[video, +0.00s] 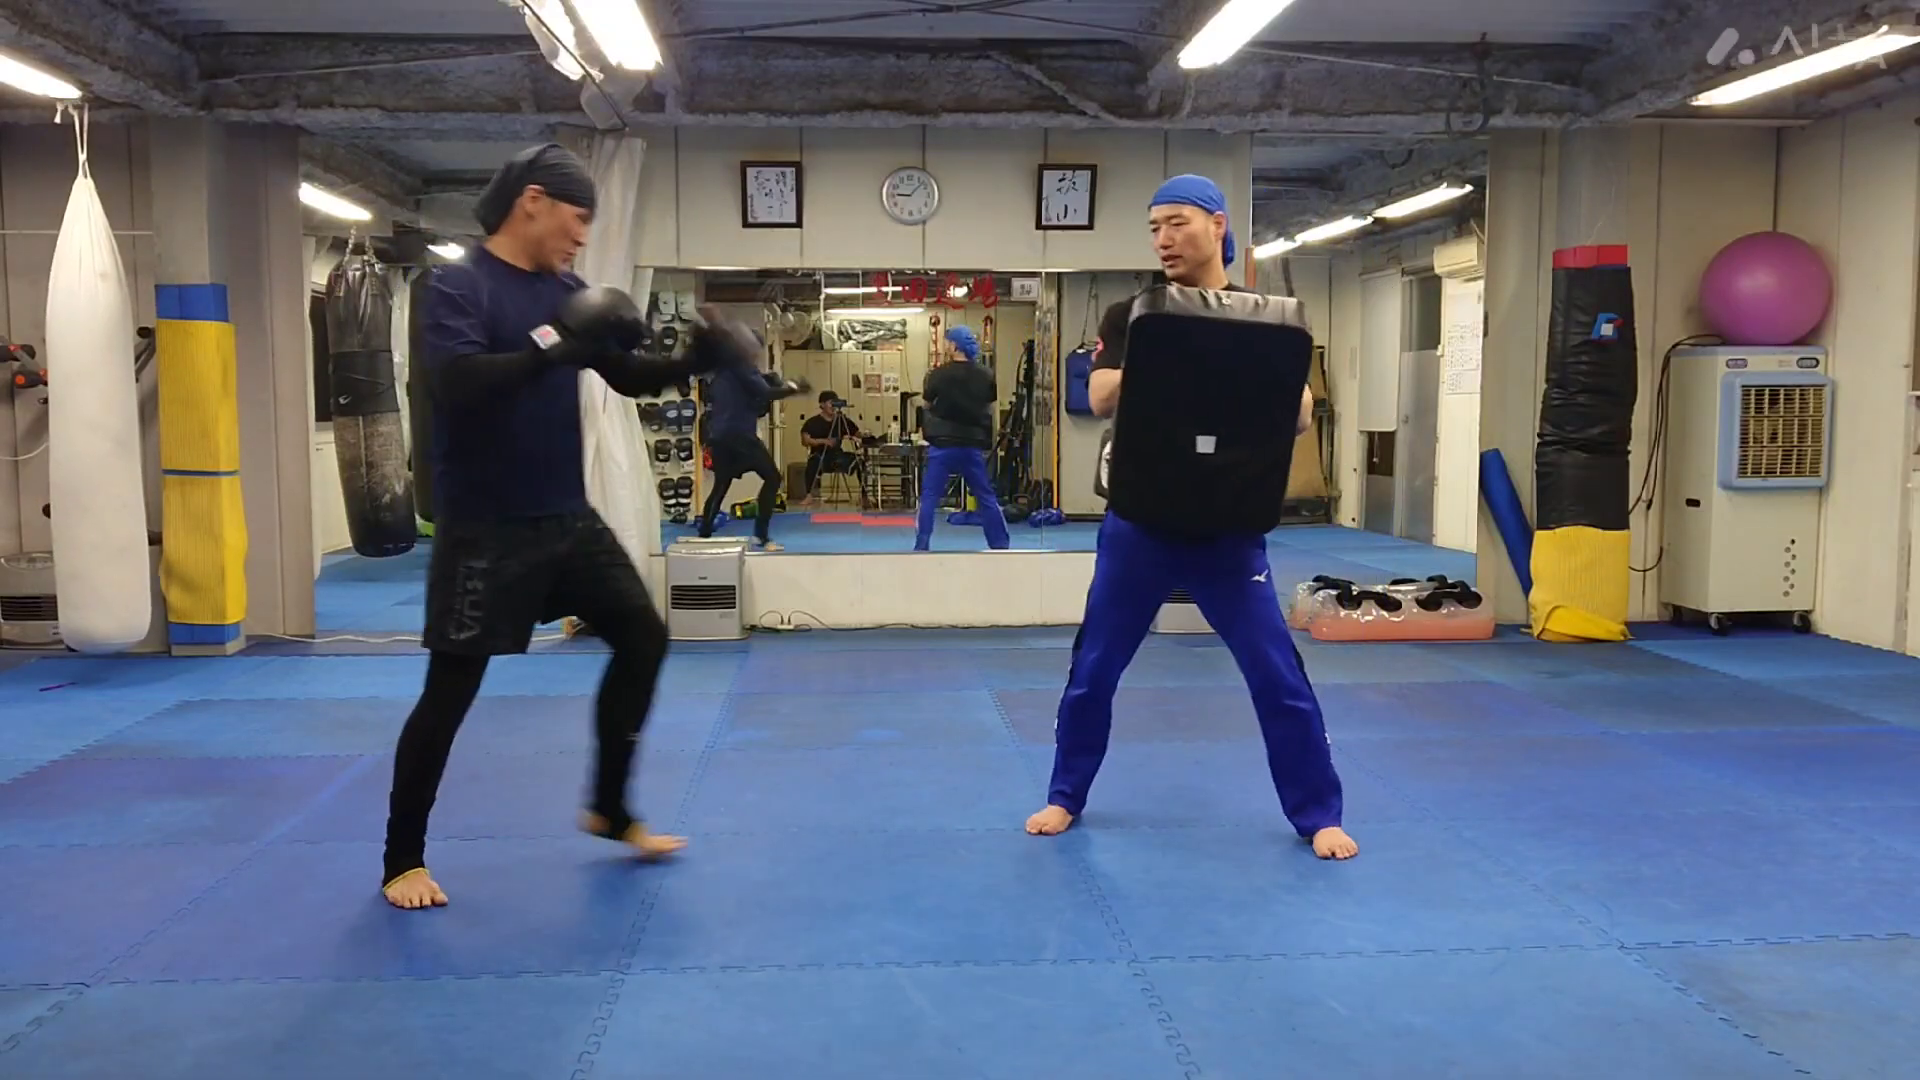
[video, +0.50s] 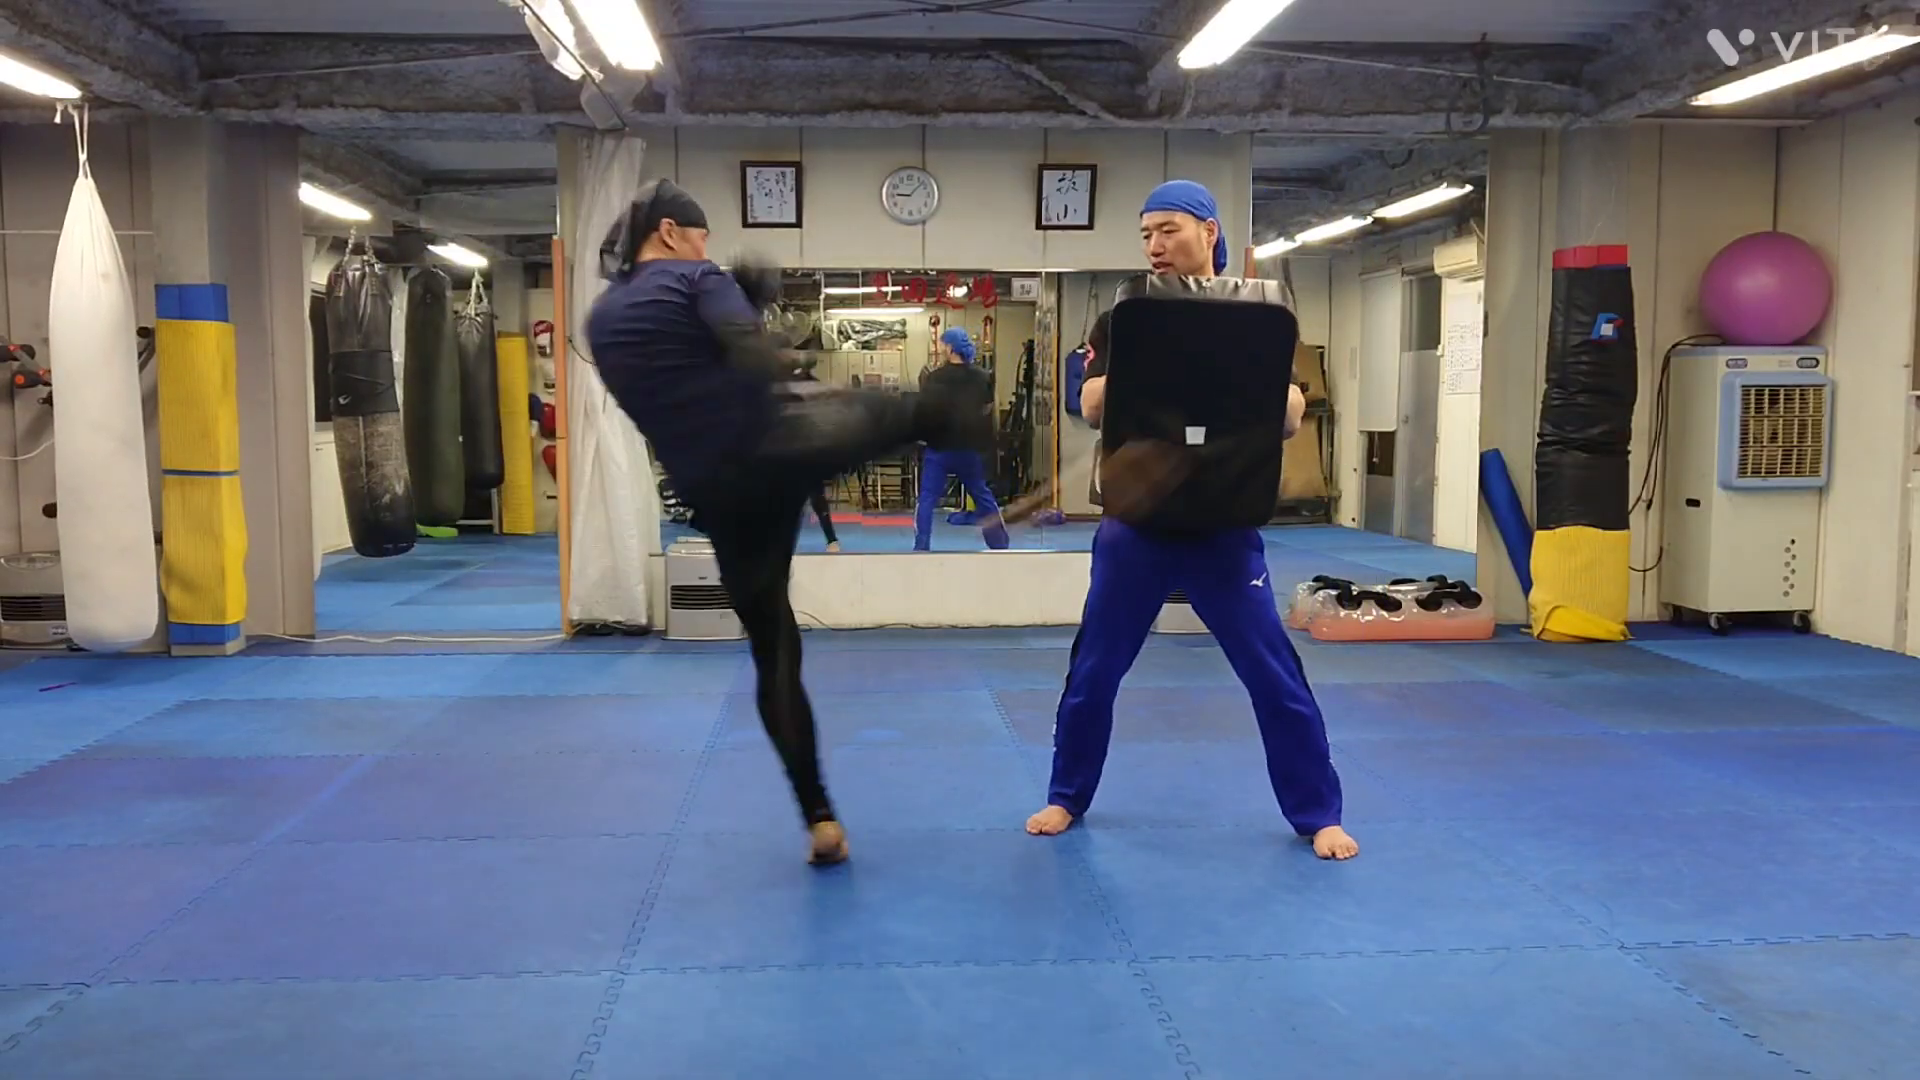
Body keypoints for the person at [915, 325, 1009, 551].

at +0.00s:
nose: (945, 347)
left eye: (947, 343)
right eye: (946, 342)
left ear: (954, 346)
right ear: (970, 347)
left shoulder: (941, 373)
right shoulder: (985, 375)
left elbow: (928, 395)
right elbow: (991, 398)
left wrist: (936, 372)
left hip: (943, 443)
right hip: (973, 443)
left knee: (930, 496)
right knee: (985, 495)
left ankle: (921, 545)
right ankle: (1000, 545)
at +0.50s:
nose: (940, 349)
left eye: (942, 346)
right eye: (941, 345)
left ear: (951, 349)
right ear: (966, 349)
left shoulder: (935, 378)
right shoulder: (981, 377)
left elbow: (925, 413)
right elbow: (987, 406)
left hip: (940, 445)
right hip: (971, 444)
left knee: (928, 497)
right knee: (980, 492)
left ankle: (921, 546)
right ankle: (1000, 543)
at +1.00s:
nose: (956, 347)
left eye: (958, 344)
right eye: (958, 343)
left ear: (964, 348)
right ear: (982, 346)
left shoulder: (951, 375)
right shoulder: (998, 376)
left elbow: (940, 406)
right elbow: (1007, 410)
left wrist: (957, 416)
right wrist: (993, 425)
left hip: (953, 447)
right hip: (984, 447)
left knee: (935, 498)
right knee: (1003, 497)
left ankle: (921, 546)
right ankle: (1019, 543)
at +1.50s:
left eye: (990, 339)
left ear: (991, 342)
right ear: (1013, 340)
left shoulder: (981, 367)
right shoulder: (1027, 369)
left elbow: (972, 400)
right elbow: (1038, 400)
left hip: (990, 441)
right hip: (1019, 440)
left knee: (987, 497)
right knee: (1030, 495)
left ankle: (989, 549)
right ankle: (1036, 547)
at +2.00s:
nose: (999, 349)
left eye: (1001, 344)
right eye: (1000, 344)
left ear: (1010, 346)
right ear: (1025, 345)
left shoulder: (996, 376)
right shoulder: (1046, 375)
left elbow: (985, 418)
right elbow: (1056, 413)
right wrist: (1054, 445)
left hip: (999, 449)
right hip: (1034, 448)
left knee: (989, 499)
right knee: (1046, 498)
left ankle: (984, 549)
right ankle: (1062, 549)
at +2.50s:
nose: (1023, 349)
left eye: (1025, 344)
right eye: (1024, 344)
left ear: (1034, 346)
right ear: (1051, 344)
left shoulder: (1020, 373)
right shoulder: (1071, 375)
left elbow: (1008, 408)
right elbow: (1083, 410)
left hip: (1026, 449)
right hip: (1061, 450)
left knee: (1004, 503)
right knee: (1084, 500)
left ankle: (986, 552)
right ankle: (1106, 552)